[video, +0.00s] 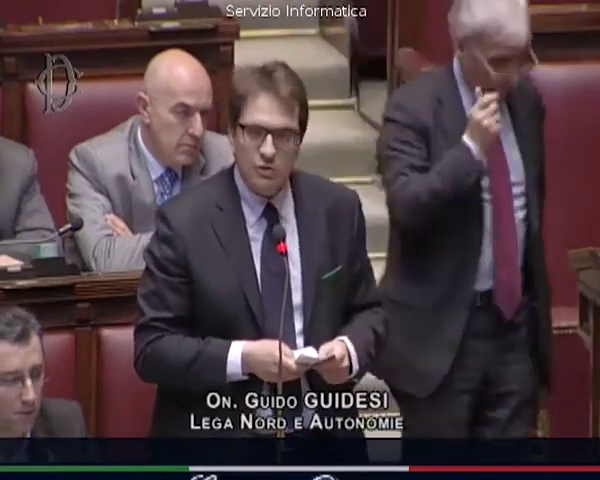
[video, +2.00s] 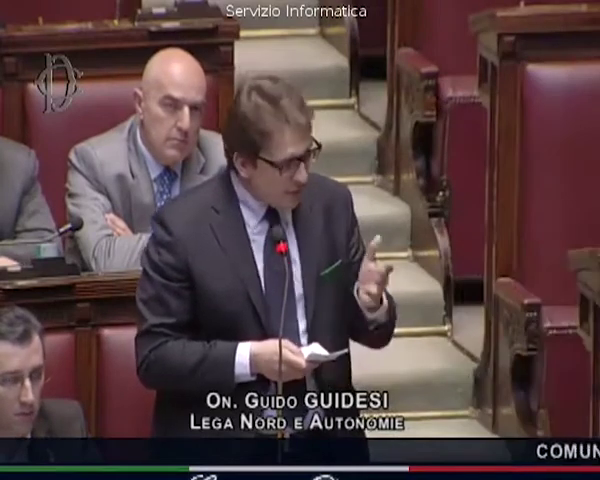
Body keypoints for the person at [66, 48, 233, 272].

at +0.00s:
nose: (197, 130)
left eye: (204, 113)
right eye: (182, 112)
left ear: (210, 108)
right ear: (145, 108)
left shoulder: (224, 155)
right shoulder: (92, 161)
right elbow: (105, 259)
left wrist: (138, 249)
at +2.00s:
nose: (185, 124)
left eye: (196, 109)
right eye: (171, 106)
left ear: (204, 109)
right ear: (139, 104)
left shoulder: (221, 154)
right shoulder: (91, 160)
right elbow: (105, 260)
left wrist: (137, 246)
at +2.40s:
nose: (186, 125)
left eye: (197, 109)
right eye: (172, 107)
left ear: (205, 109)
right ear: (140, 104)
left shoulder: (222, 154)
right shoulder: (91, 160)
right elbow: (104, 260)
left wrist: (137, 246)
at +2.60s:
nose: (187, 125)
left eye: (197, 109)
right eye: (172, 107)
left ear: (205, 108)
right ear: (140, 104)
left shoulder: (226, 155)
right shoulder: (91, 161)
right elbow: (105, 260)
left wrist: (137, 247)